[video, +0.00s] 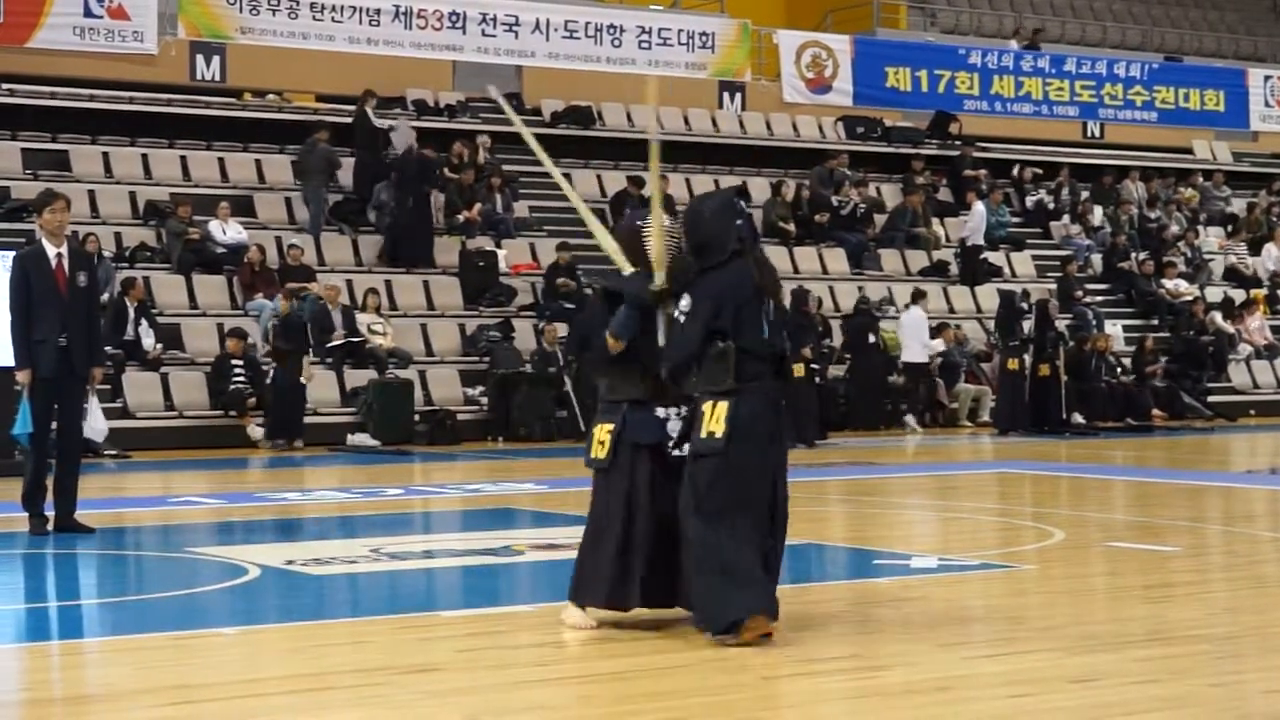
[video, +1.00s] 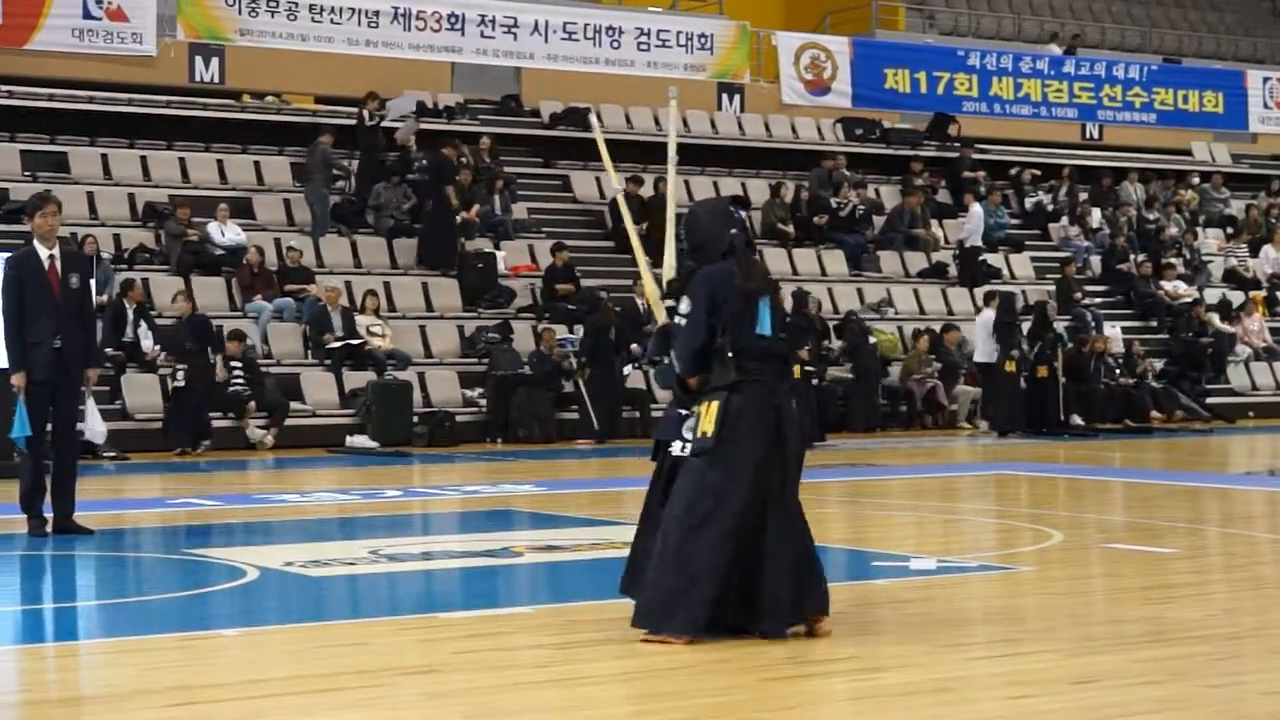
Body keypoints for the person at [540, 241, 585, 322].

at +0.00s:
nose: (569, 256)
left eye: (569, 253)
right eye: (566, 253)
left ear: (570, 253)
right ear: (559, 253)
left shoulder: (572, 267)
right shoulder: (552, 268)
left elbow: (579, 286)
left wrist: (571, 285)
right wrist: (556, 283)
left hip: (570, 297)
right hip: (555, 298)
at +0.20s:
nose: (570, 255)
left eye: (570, 252)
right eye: (567, 252)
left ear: (571, 252)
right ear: (560, 253)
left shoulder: (572, 267)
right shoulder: (553, 268)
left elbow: (580, 286)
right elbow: (550, 287)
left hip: (572, 298)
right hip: (556, 298)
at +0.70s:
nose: (573, 255)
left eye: (572, 252)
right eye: (570, 252)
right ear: (562, 253)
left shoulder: (574, 268)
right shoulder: (553, 269)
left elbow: (579, 288)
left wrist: (559, 286)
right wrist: (572, 289)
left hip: (571, 302)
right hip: (554, 302)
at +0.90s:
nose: (570, 255)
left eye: (569, 252)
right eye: (567, 252)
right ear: (559, 254)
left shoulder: (572, 267)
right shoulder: (552, 270)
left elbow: (578, 287)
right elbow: (552, 291)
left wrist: (558, 286)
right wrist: (572, 289)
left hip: (570, 301)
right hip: (554, 303)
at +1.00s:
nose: (569, 254)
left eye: (568, 252)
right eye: (565, 252)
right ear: (557, 254)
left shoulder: (570, 267)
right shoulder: (549, 270)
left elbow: (577, 287)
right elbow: (549, 291)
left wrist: (557, 287)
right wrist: (571, 289)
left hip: (569, 300)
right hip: (553, 302)